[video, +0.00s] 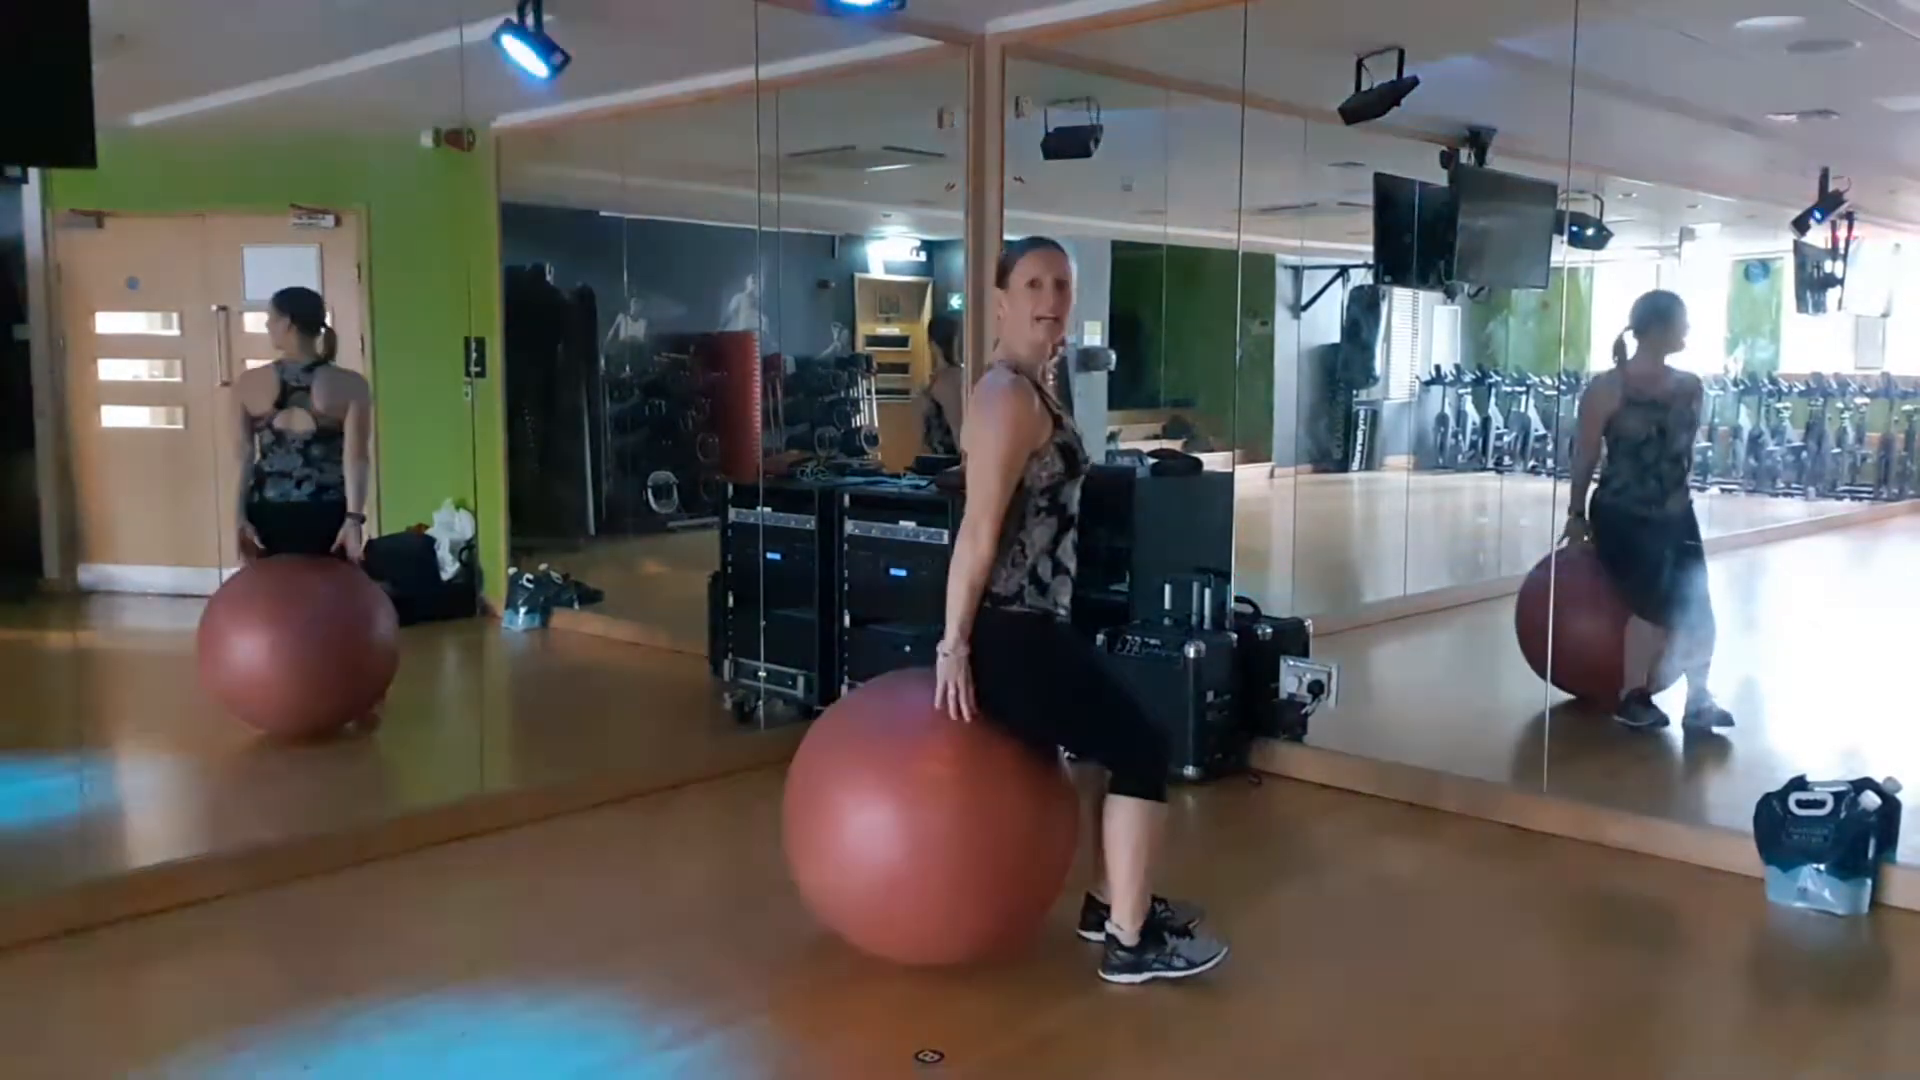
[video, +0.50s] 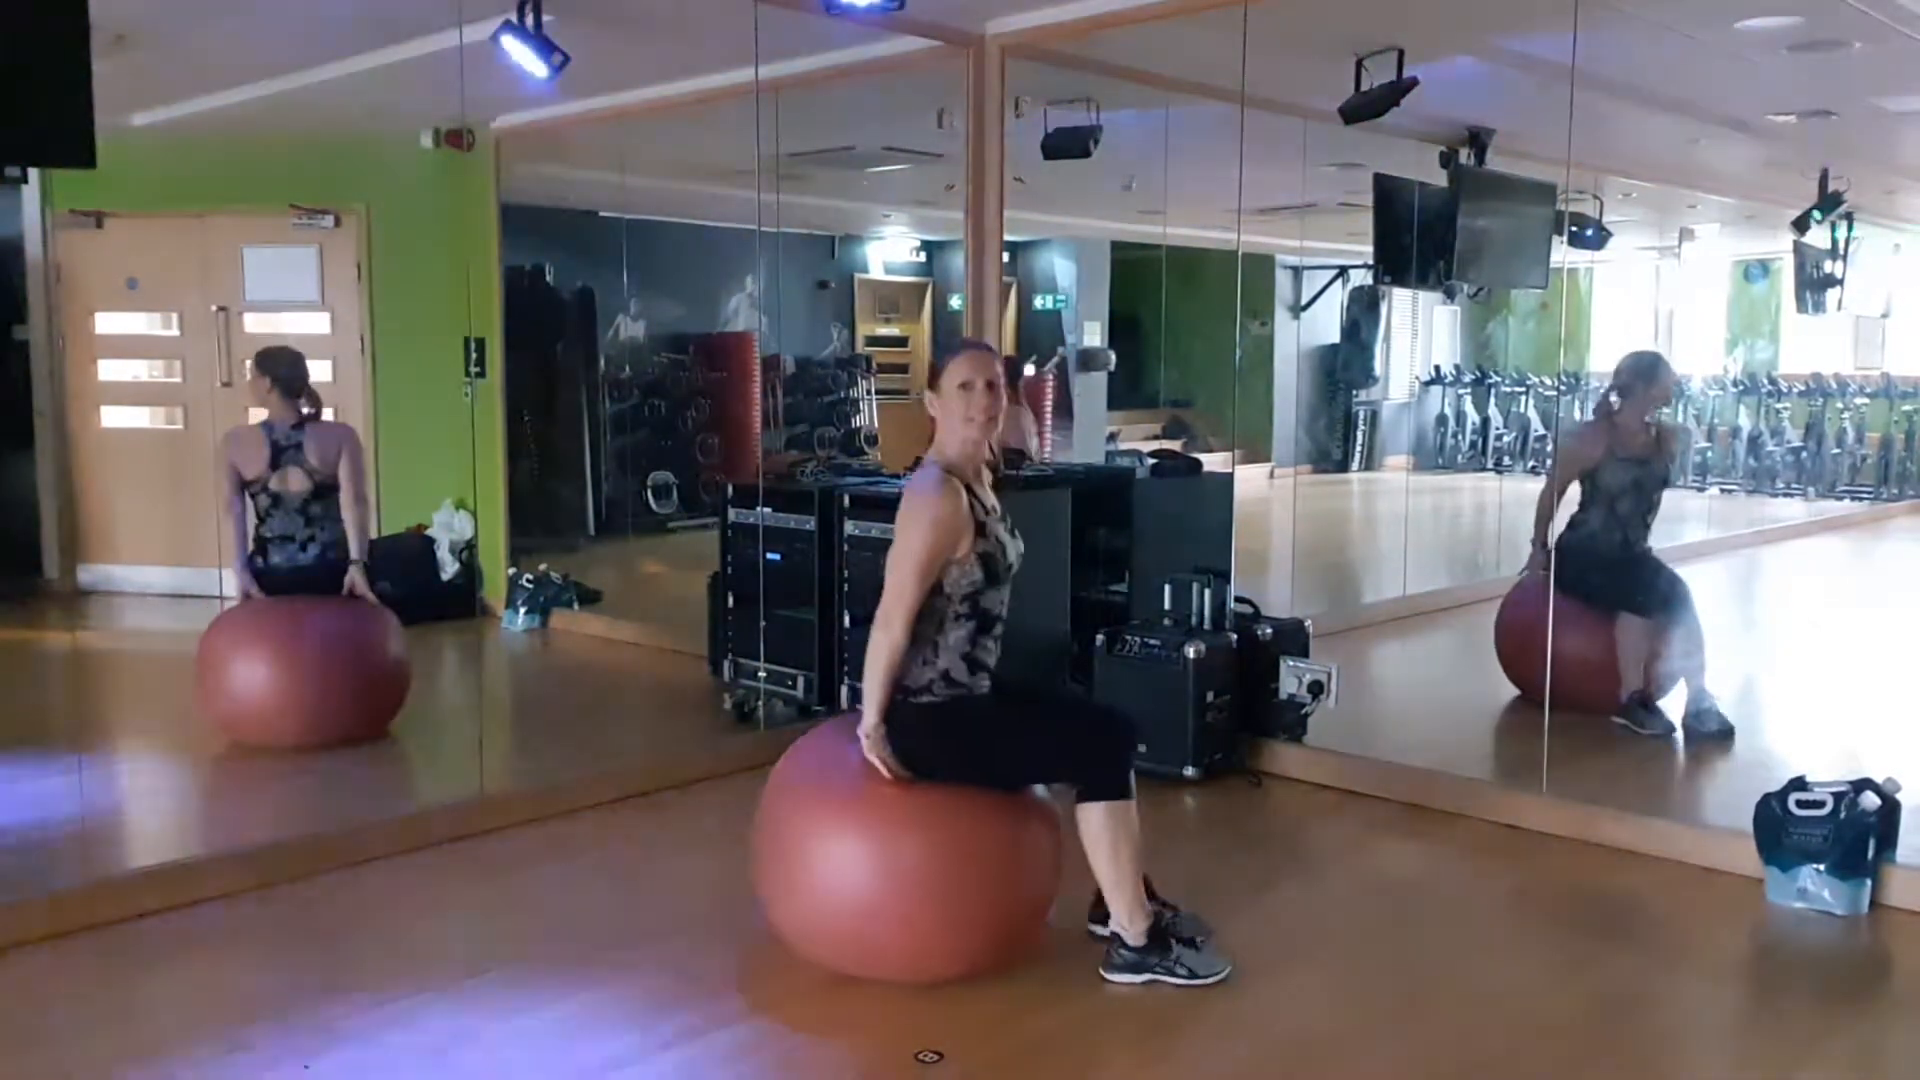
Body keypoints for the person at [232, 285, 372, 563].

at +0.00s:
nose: (268, 326)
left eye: (272, 318)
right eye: (269, 318)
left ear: (288, 324)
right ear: (317, 325)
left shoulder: (250, 384)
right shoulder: (351, 385)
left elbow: (244, 457)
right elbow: (357, 457)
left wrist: (241, 517)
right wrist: (355, 518)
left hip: (269, 517)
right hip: (328, 518)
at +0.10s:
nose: (264, 333)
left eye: (268, 324)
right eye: (265, 325)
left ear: (283, 330)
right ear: (313, 331)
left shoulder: (249, 393)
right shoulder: (347, 389)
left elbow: (243, 464)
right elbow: (354, 460)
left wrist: (239, 526)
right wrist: (354, 523)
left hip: (267, 523)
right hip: (327, 522)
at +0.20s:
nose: (259, 351)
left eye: (263, 343)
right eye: (260, 343)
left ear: (278, 347)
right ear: (309, 347)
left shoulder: (245, 411)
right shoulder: (345, 406)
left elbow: (241, 483)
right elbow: (354, 475)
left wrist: (239, 545)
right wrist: (355, 537)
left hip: (268, 541)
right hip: (327, 539)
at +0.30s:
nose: (256, 371)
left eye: (259, 363)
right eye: (256, 363)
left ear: (274, 369)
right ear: (305, 369)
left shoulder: (243, 430)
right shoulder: (344, 423)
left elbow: (241, 500)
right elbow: (355, 490)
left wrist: (240, 558)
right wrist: (357, 552)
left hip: (268, 560)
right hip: (328, 556)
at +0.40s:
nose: (252, 383)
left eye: (255, 376)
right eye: (253, 376)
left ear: (269, 383)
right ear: (302, 381)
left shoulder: (240, 441)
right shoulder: (342, 436)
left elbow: (239, 511)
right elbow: (353, 499)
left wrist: (243, 569)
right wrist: (354, 560)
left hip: (270, 573)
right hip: (329, 570)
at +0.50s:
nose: (248, 384)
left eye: (252, 376)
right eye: (250, 376)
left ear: (268, 384)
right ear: (298, 384)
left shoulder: (237, 442)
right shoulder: (340, 436)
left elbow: (235, 512)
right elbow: (354, 501)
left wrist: (241, 570)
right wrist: (357, 562)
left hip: (270, 574)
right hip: (330, 570)